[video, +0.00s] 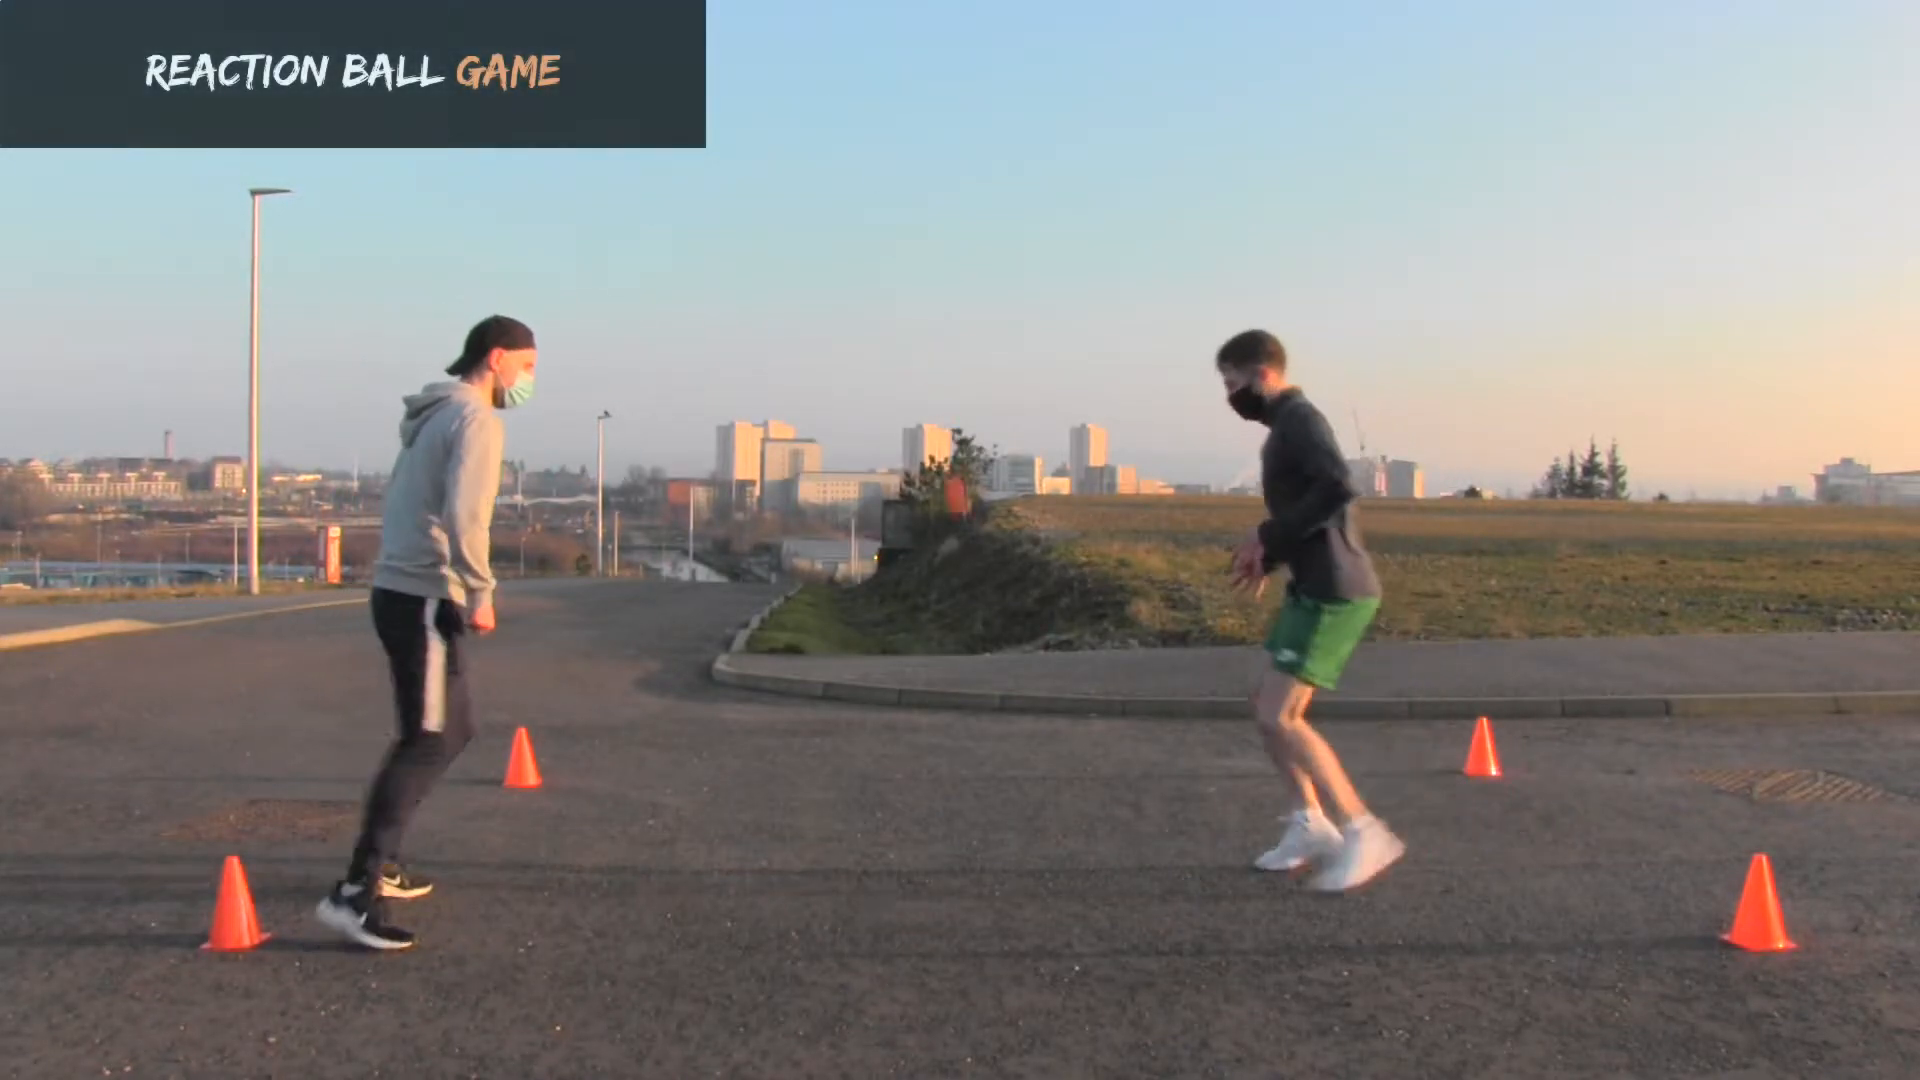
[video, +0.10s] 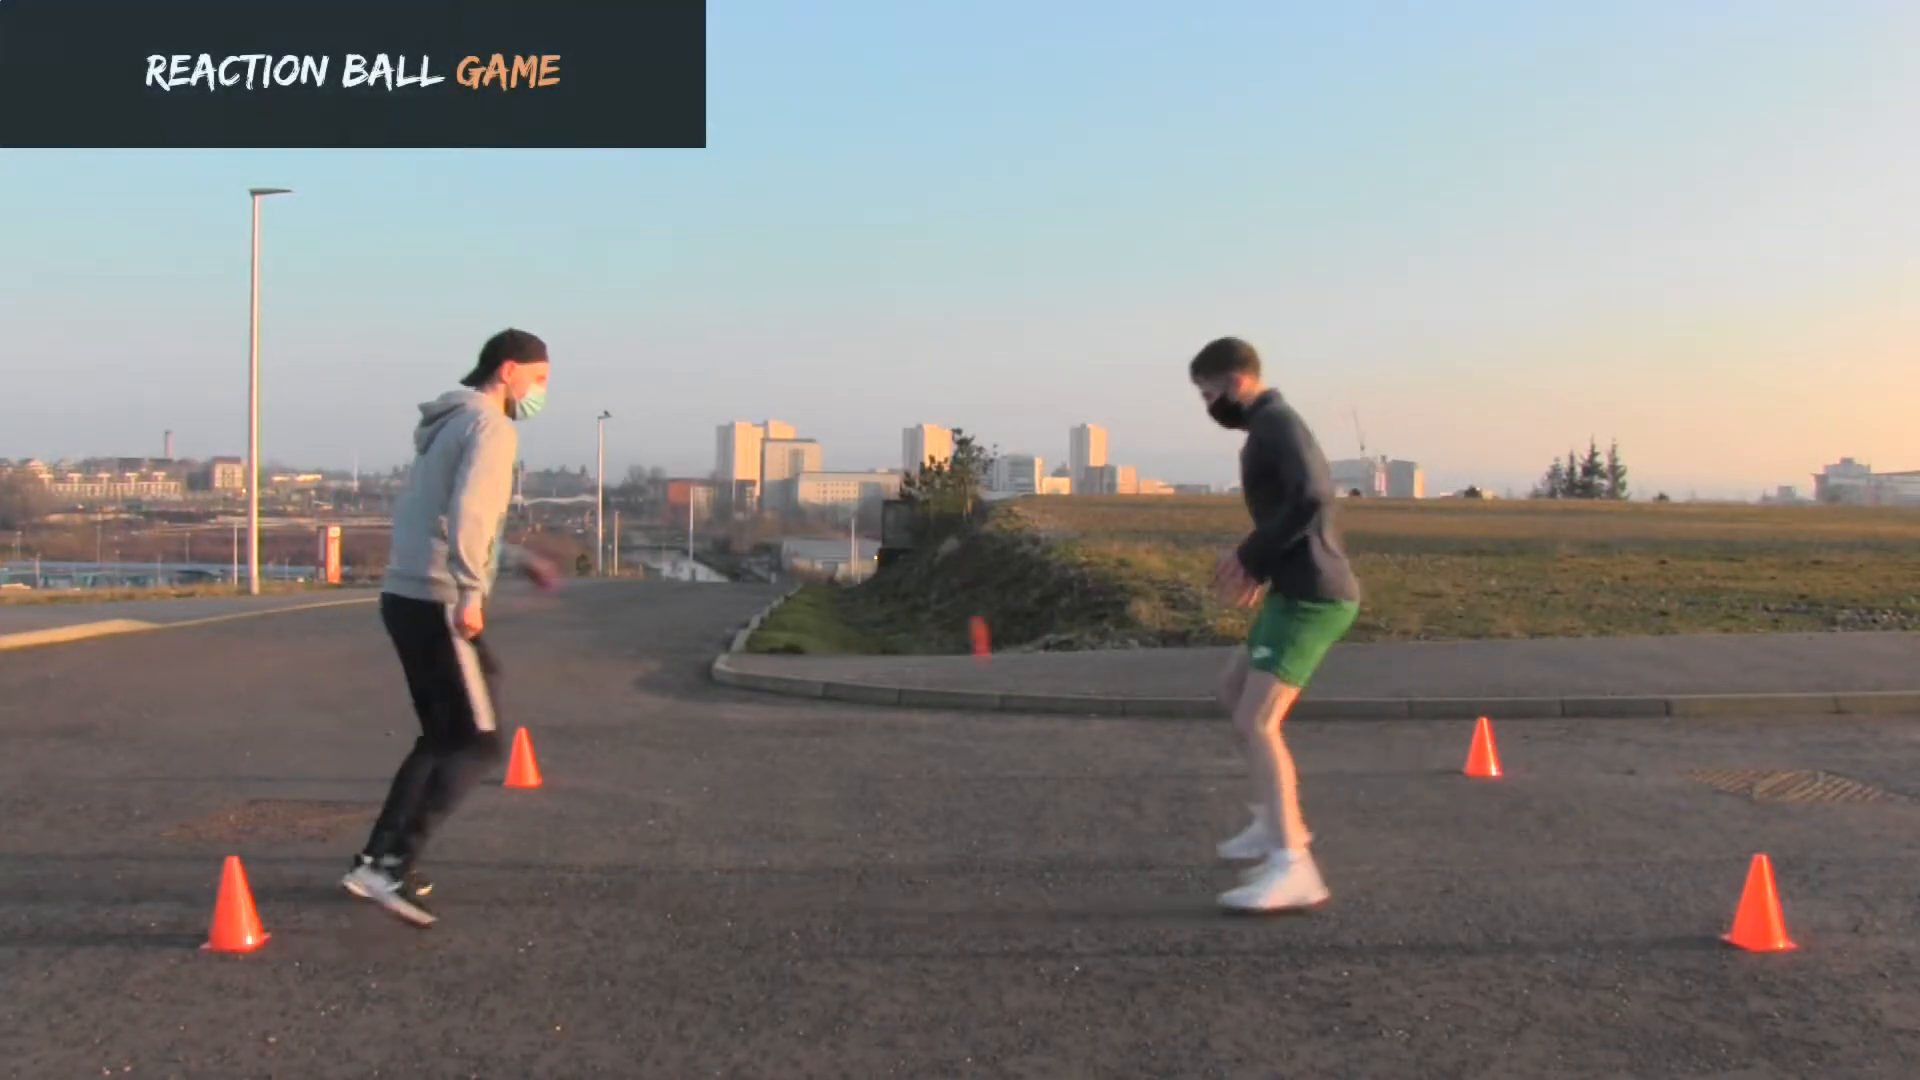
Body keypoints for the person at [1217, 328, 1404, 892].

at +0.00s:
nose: (1229, 393)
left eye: (1235, 380)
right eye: (1226, 383)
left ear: (1266, 372)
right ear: (1264, 376)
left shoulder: (1298, 420)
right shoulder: (1281, 427)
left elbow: (1338, 487)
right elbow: (1309, 502)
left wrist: (1270, 538)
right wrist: (1266, 548)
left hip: (1339, 590)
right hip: (1311, 587)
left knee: (1280, 713)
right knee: (1266, 704)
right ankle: (1311, 823)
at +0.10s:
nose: (1205, 404)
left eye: (1209, 392)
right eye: (1202, 394)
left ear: (1238, 380)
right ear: (1242, 380)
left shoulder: (1277, 424)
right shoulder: (1266, 427)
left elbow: (1309, 497)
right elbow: (1291, 508)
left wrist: (1248, 556)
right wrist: (1256, 566)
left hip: (1316, 595)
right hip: (1295, 591)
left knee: (1259, 719)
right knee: (1236, 693)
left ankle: (1296, 861)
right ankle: (1276, 821)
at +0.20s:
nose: (1177, 443)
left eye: (1179, 430)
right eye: (1173, 432)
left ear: (1205, 420)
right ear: (1220, 417)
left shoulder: (1240, 473)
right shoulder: (1254, 466)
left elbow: (1250, 572)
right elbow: (1257, 570)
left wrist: (1203, 632)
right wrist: (1213, 630)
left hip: (1282, 630)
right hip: (1294, 625)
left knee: (1207, 749)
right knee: (1210, 720)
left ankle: (1258, 890)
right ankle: (1233, 836)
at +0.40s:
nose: (1130, 460)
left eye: (1130, 447)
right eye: (1125, 450)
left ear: (1158, 432)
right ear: (1168, 430)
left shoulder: (1185, 477)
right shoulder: (1215, 470)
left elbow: (1204, 570)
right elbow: (1229, 566)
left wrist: (1145, 633)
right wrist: (1180, 625)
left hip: (1241, 633)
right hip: (1270, 628)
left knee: (1149, 746)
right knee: (1190, 715)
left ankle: (1234, 856)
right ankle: (1233, 831)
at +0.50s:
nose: (1100, 462)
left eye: (1102, 449)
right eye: (1095, 454)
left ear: (1131, 429)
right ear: (1132, 431)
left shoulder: (1168, 467)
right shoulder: (1177, 464)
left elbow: (1213, 547)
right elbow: (1212, 555)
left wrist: (1161, 609)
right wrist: (1165, 595)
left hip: (1221, 625)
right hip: (1250, 626)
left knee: (1117, 728)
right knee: (1180, 720)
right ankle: (1231, 833)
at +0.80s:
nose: (1003, 465)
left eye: (1006, 452)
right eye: (999, 454)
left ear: (1036, 444)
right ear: (1045, 445)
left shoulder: (1080, 490)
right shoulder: (1076, 491)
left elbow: (1138, 563)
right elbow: (1119, 565)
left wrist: (1071, 590)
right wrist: (1069, 589)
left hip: (1145, 651)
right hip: (1173, 647)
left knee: (1035, 750)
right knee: (1151, 745)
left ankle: (1072, 899)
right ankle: (1232, 837)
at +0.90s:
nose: (957, 428)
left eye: (958, 415)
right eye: (954, 417)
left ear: (982, 407)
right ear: (1005, 403)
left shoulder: (1018, 459)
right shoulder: (1040, 454)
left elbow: (1031, 552)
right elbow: (1050, 543)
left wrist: (984, 577)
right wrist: (993, 569)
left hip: (1082, 632)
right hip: (1116, 624)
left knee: (997, 758)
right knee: (1103, 736)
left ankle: (1066, 897)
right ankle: (1194, 829)